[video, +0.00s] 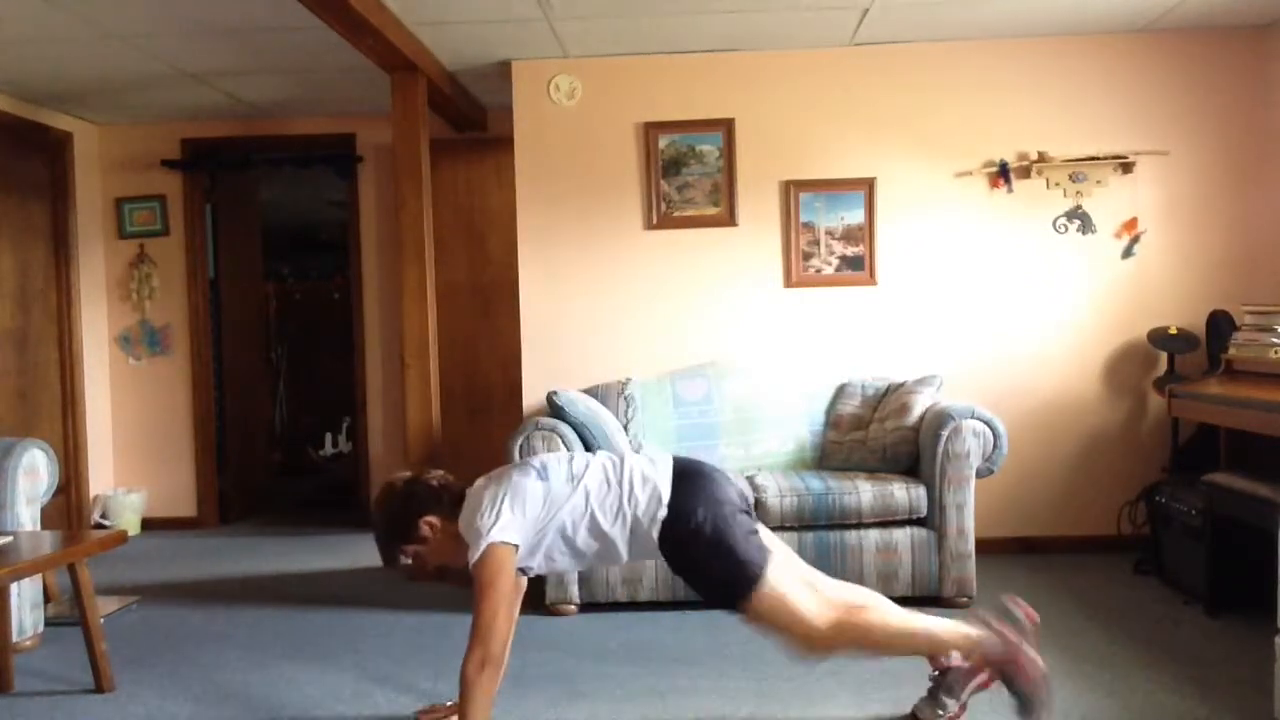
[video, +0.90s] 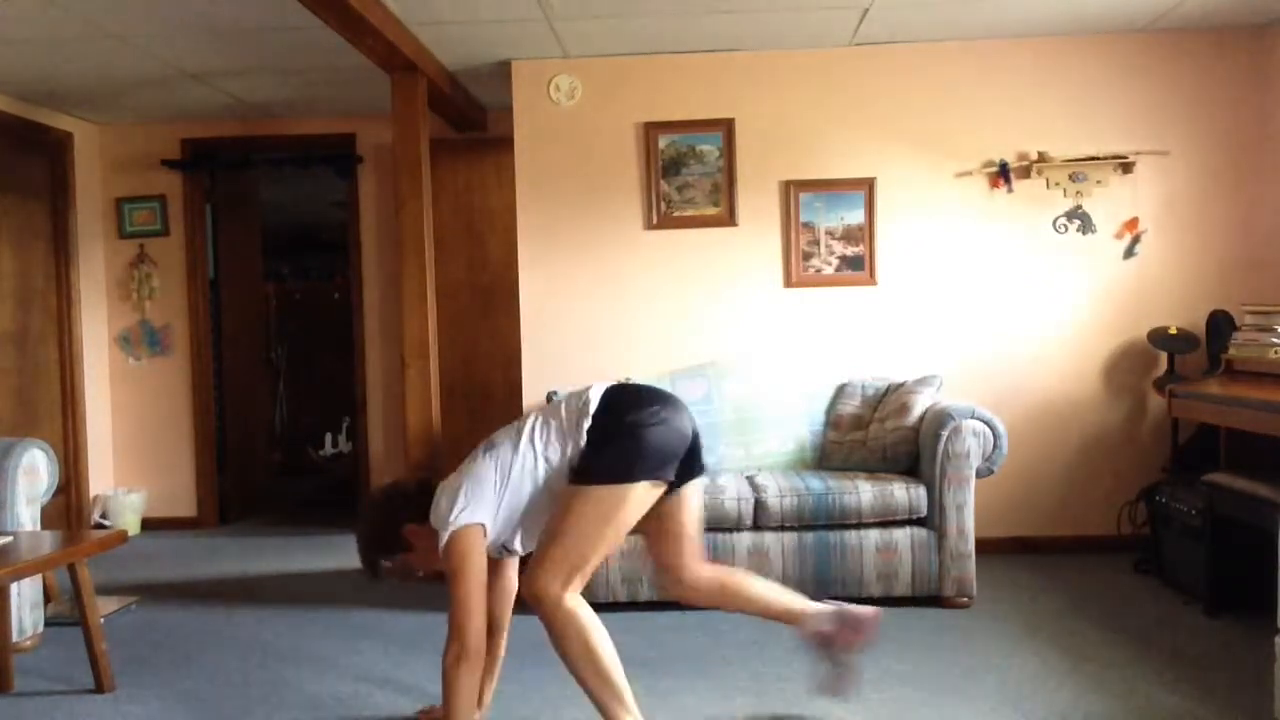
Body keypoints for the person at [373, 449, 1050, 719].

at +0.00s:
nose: (429, 571)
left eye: (417, 560)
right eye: (419, 562)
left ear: (428, 533)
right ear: (439, 510)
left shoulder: (494, 517)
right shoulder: (503, 489)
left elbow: (491, 644)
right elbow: (498, 629)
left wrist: (465, 706)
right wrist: (473, 695)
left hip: (685, 512)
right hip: (690, 485)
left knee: (816, 632)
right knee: (828, 601)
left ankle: (986, 640)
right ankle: (963, 642)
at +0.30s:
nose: (441, 579)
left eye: (429, 572)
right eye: (431, 574)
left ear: (441, 538)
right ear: (447, 515)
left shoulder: (505, 517)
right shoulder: (504, 490)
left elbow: (495, 644)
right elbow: (499, 629)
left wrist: (474, 712)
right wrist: (469, 701)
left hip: (691, 496)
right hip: (702, 472)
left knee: (772, 656)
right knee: (815, 586)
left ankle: (922, 618)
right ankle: (951, 651)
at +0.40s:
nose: (452, 580)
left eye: (439, 573)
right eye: (441, 576)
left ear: (445, 543)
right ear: (453, 529)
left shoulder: (512, 515)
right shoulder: (509, 497)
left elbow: (494, 650)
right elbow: (500, 635)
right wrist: (467, 702)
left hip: (686, 474)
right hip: (703, 468)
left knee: (664, 641)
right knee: (814, 581)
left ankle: (815, 618)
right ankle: (950, 653)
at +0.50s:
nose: (457, 580)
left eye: (442, 573)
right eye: (445, 576)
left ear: (448, 545)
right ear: (457, 533)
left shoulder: (512, 513)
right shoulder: (513, 493)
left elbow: (494, 652)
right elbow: (501, 637)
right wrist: (468, 703)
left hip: (679, 463)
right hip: (701, 464)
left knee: (600, 599)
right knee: (809, 580)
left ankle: (750, 647)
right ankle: (945, 651)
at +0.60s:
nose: (449, 584)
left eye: (435, 577)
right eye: (437, 580)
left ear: (440, 547)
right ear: (448, 531)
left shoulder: (496, 515)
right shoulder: (503, 496)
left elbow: (487, 648)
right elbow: (505, 620)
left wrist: (468, 719)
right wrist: (468, 701)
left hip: (670, 454)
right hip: (692, 458)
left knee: (559, 572)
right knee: (798, 579)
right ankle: (936, 648)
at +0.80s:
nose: (427, 577)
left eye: (412, 570)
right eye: (415, 574)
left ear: (417, 542)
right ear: (428, 527)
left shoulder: (473, 511)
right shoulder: (492, 504)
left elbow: (476, 648)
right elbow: (492, 639)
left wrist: (464, 717)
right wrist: (463, 707)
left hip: (646, 444)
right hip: (679, 444)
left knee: (548, 587)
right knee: (763, 578)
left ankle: (625, 715)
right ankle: (897, 640)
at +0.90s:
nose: (421, 573)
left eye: (405, 563)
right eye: (409, 569)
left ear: (414, 535)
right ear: (424, 529)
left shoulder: (463, 505)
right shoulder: (499, 515)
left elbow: (464, 641)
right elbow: (491, 638)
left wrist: (453, 713)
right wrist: (467, 710)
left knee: (552, 591)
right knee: (689, 576)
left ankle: (625, 713)